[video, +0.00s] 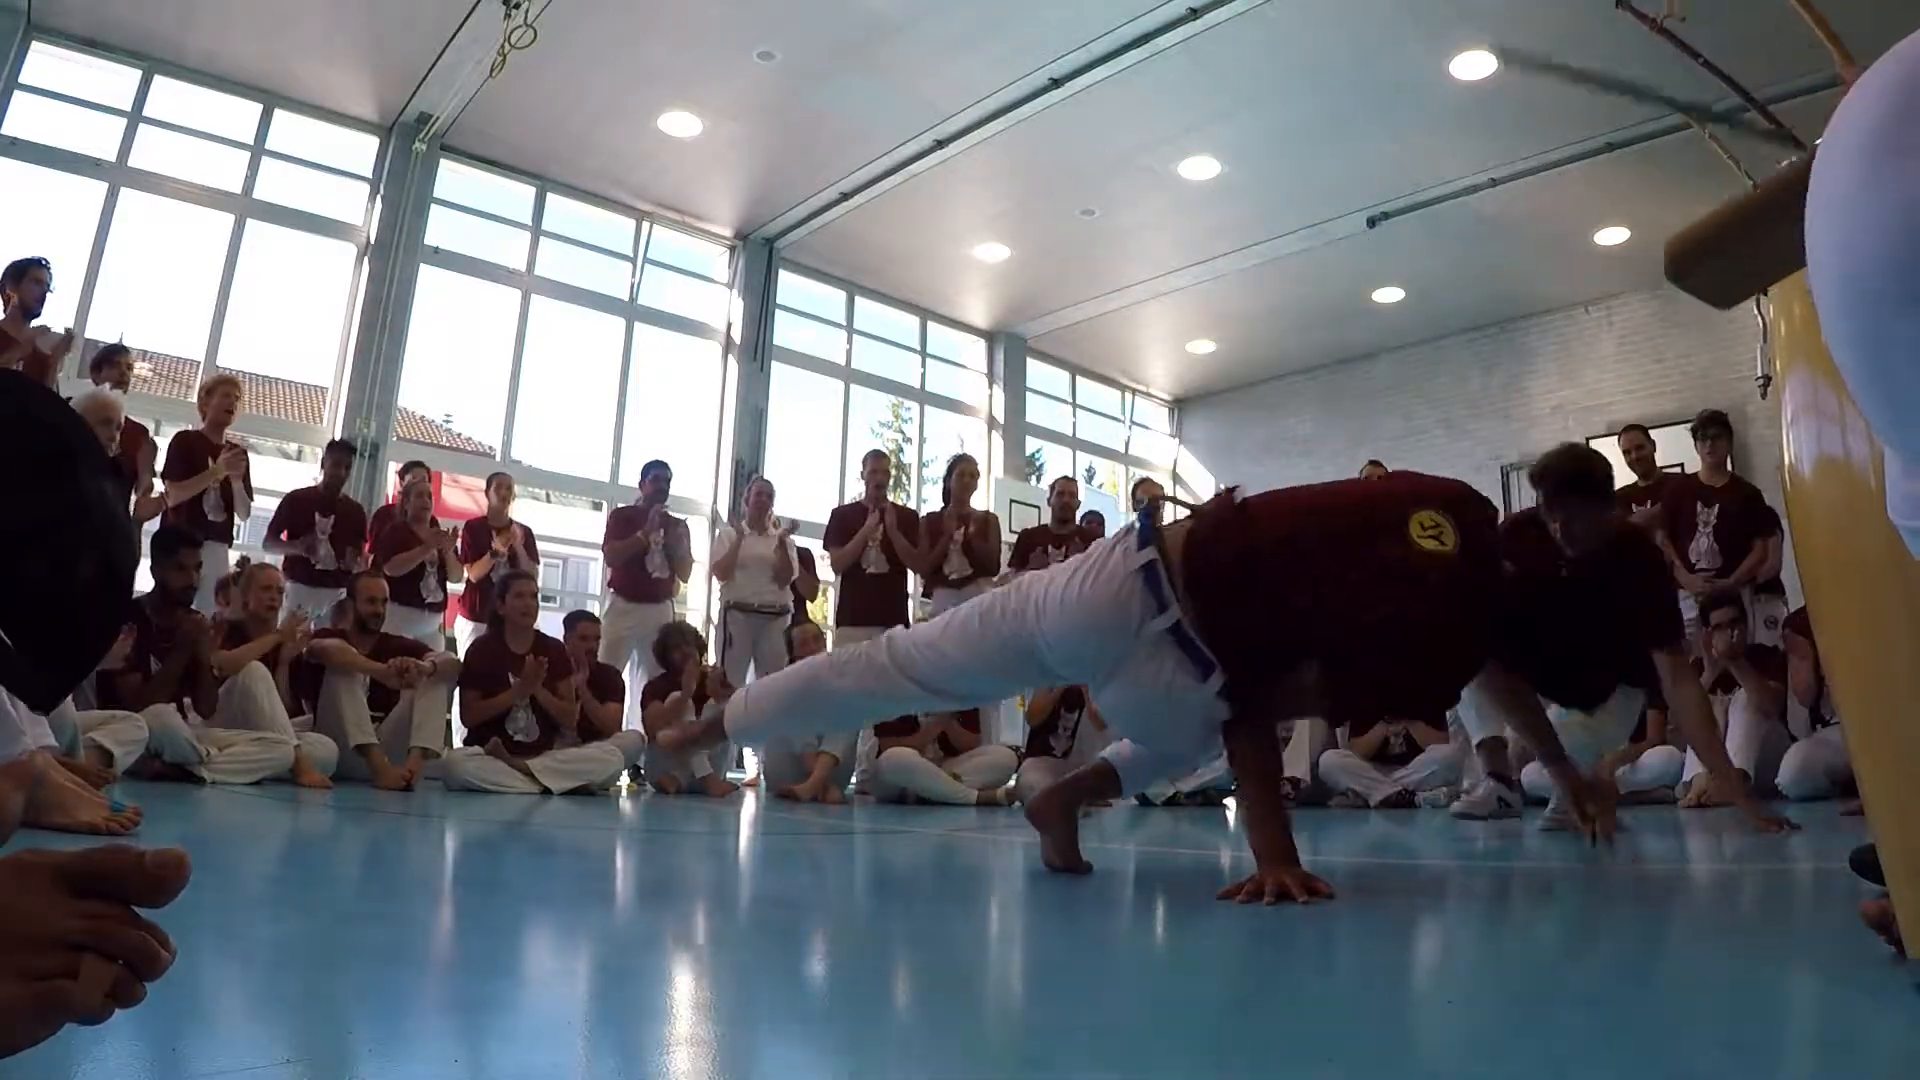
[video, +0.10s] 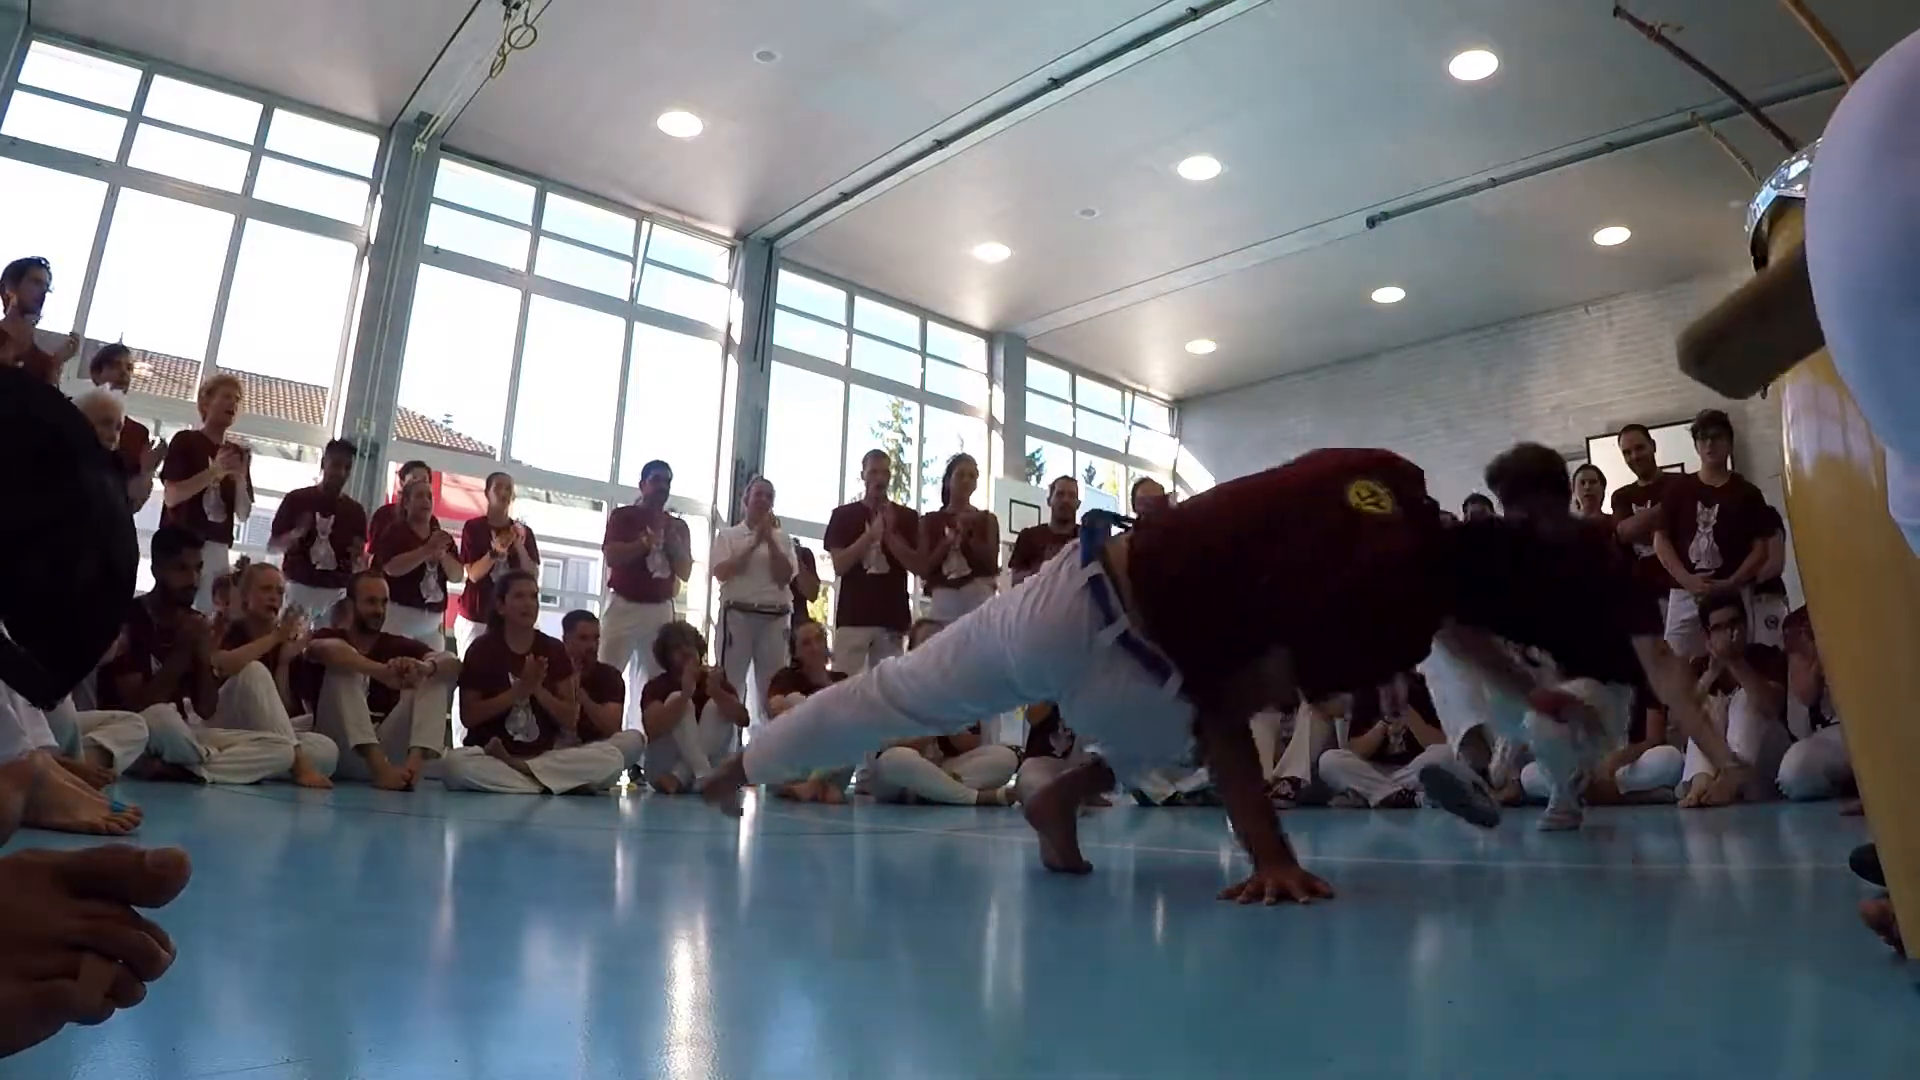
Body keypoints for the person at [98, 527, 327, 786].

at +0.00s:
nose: (192, 579)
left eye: (197, 569)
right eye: (180, 569)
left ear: (202, 569)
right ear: (155, 571)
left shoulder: (196, 623)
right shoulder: (127, 617)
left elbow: (206, 708)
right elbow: (136, 703)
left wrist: (202, 648)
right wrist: (182, 648)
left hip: (184, 731)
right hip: (132, 733)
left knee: (285, 752)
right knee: (161, 716)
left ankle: (181, 771)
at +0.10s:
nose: (193, 579)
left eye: (198, 569)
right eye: (182, 569)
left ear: (203, 569)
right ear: (156, 570)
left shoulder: (197, 623)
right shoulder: (129, 615)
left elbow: (206, 709)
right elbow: (135, 704)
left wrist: (203, 650)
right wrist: (183, 650)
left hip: (185, 730)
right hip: (133, 732)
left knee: (285, 751)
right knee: (161, 716)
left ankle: (182, 771)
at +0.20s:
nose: (194, 578)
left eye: (199, 568)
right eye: (182, 569)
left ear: (204, 568)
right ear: (157, 569)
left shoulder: (199, 624)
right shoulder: (131, 616)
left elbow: (208, 709)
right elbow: (135, 704)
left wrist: (203, 651)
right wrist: (183, 654)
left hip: (189, 730)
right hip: (136, 733)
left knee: (285, 753)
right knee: (161, 716)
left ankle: (181, 771)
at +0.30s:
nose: (195, 578)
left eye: (198, 569)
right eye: (184, 569)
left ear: (203, 570)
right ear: (157, 569)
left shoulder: (199, 624)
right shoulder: (131, 614)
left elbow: (208, 708)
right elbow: (134, 703)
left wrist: (201, 649)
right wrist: (183, 653)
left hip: (185, 731)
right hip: (133, 733)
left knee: (284, 753)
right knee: (161, 716)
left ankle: (181, 771)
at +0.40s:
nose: (194, 578)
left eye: (199, 569)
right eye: (183, 568)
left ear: (204, 570)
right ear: (158, 569)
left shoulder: (198, 625)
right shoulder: (127, 615)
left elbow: (207, 709)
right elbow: (135, 704)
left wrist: (202, 649)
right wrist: (183, 649)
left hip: (184, 731)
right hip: (131, 734)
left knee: (284, 752)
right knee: (161, 717)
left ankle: (182, 771)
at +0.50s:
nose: (195, 577)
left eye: (199, 567)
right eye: (184, 567)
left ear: (204, 569)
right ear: (158, 568)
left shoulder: (200, 624)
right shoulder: (131, 614)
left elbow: (205, 709)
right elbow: (138, 703)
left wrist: (203, 650)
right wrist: (185, 647)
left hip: (184, 731)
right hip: (132, 732)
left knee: (283, 752)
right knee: (161, 717)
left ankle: (178, 770)